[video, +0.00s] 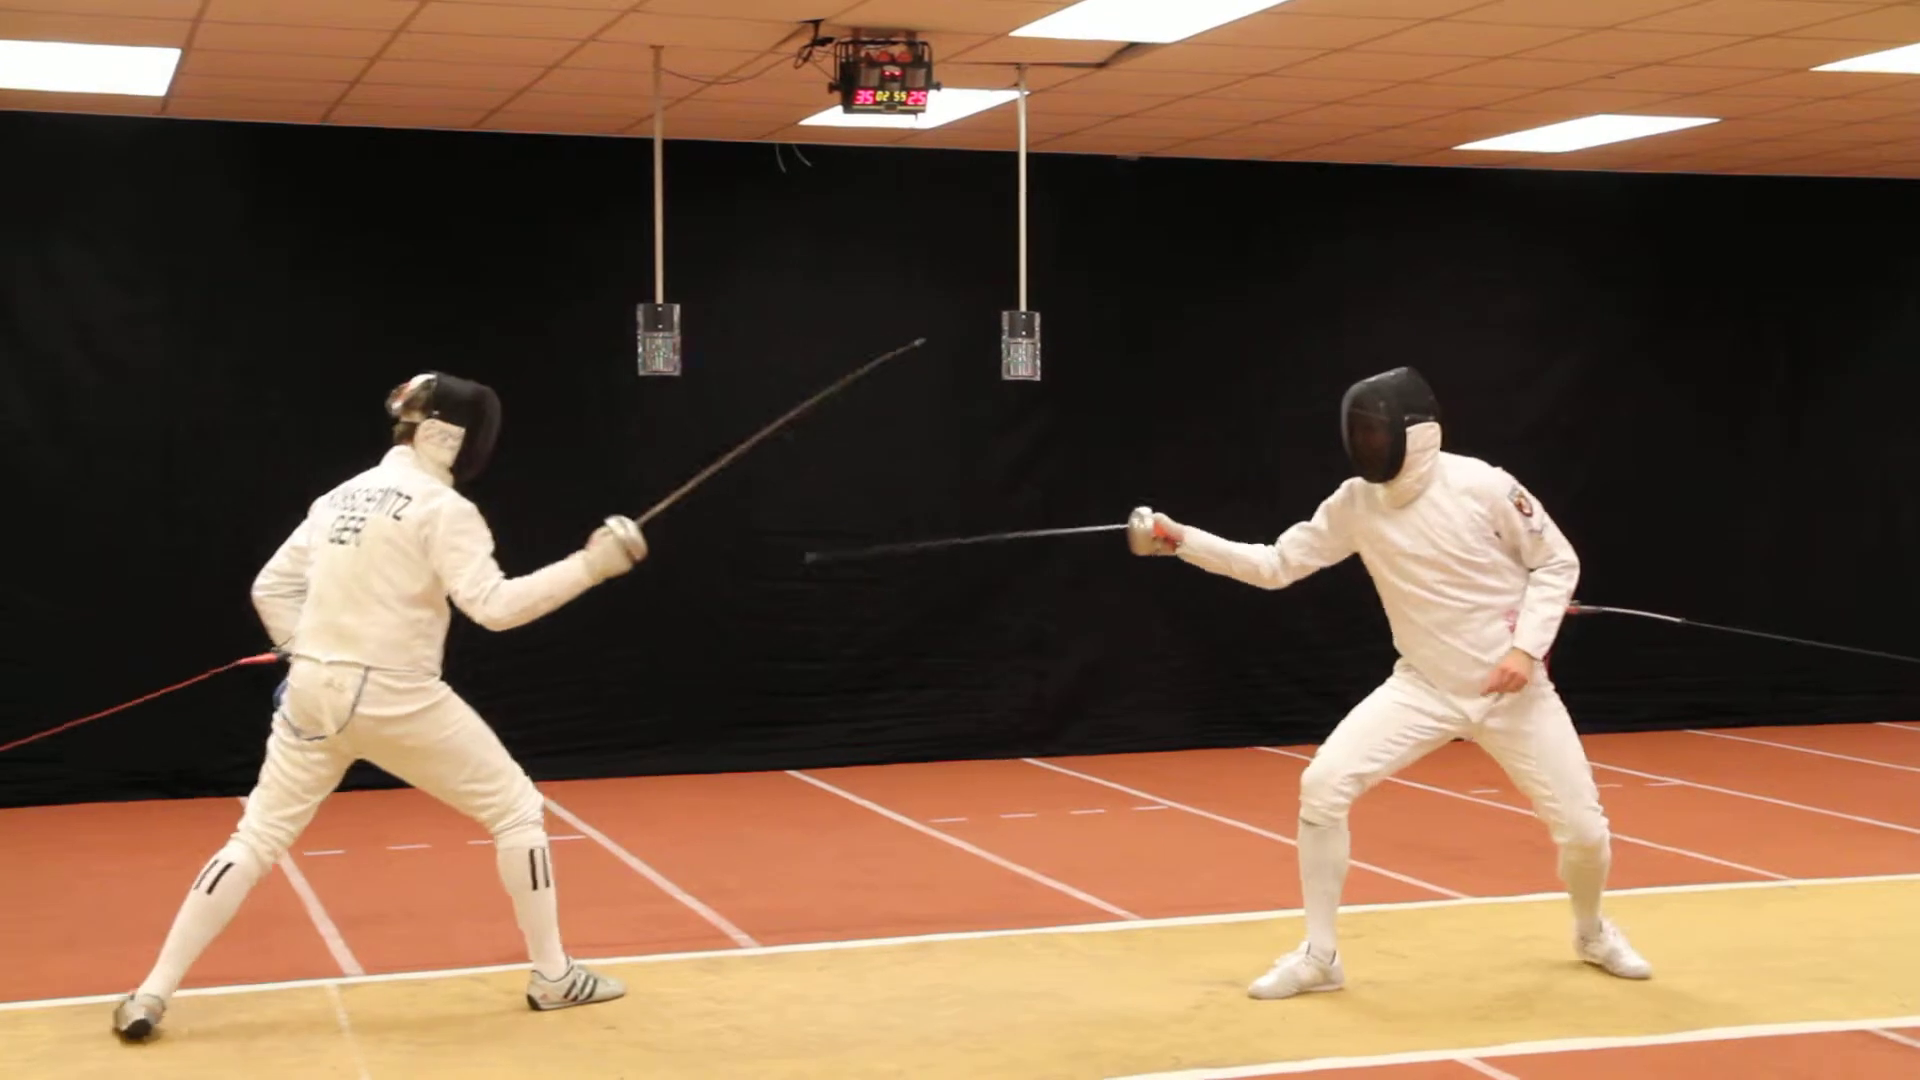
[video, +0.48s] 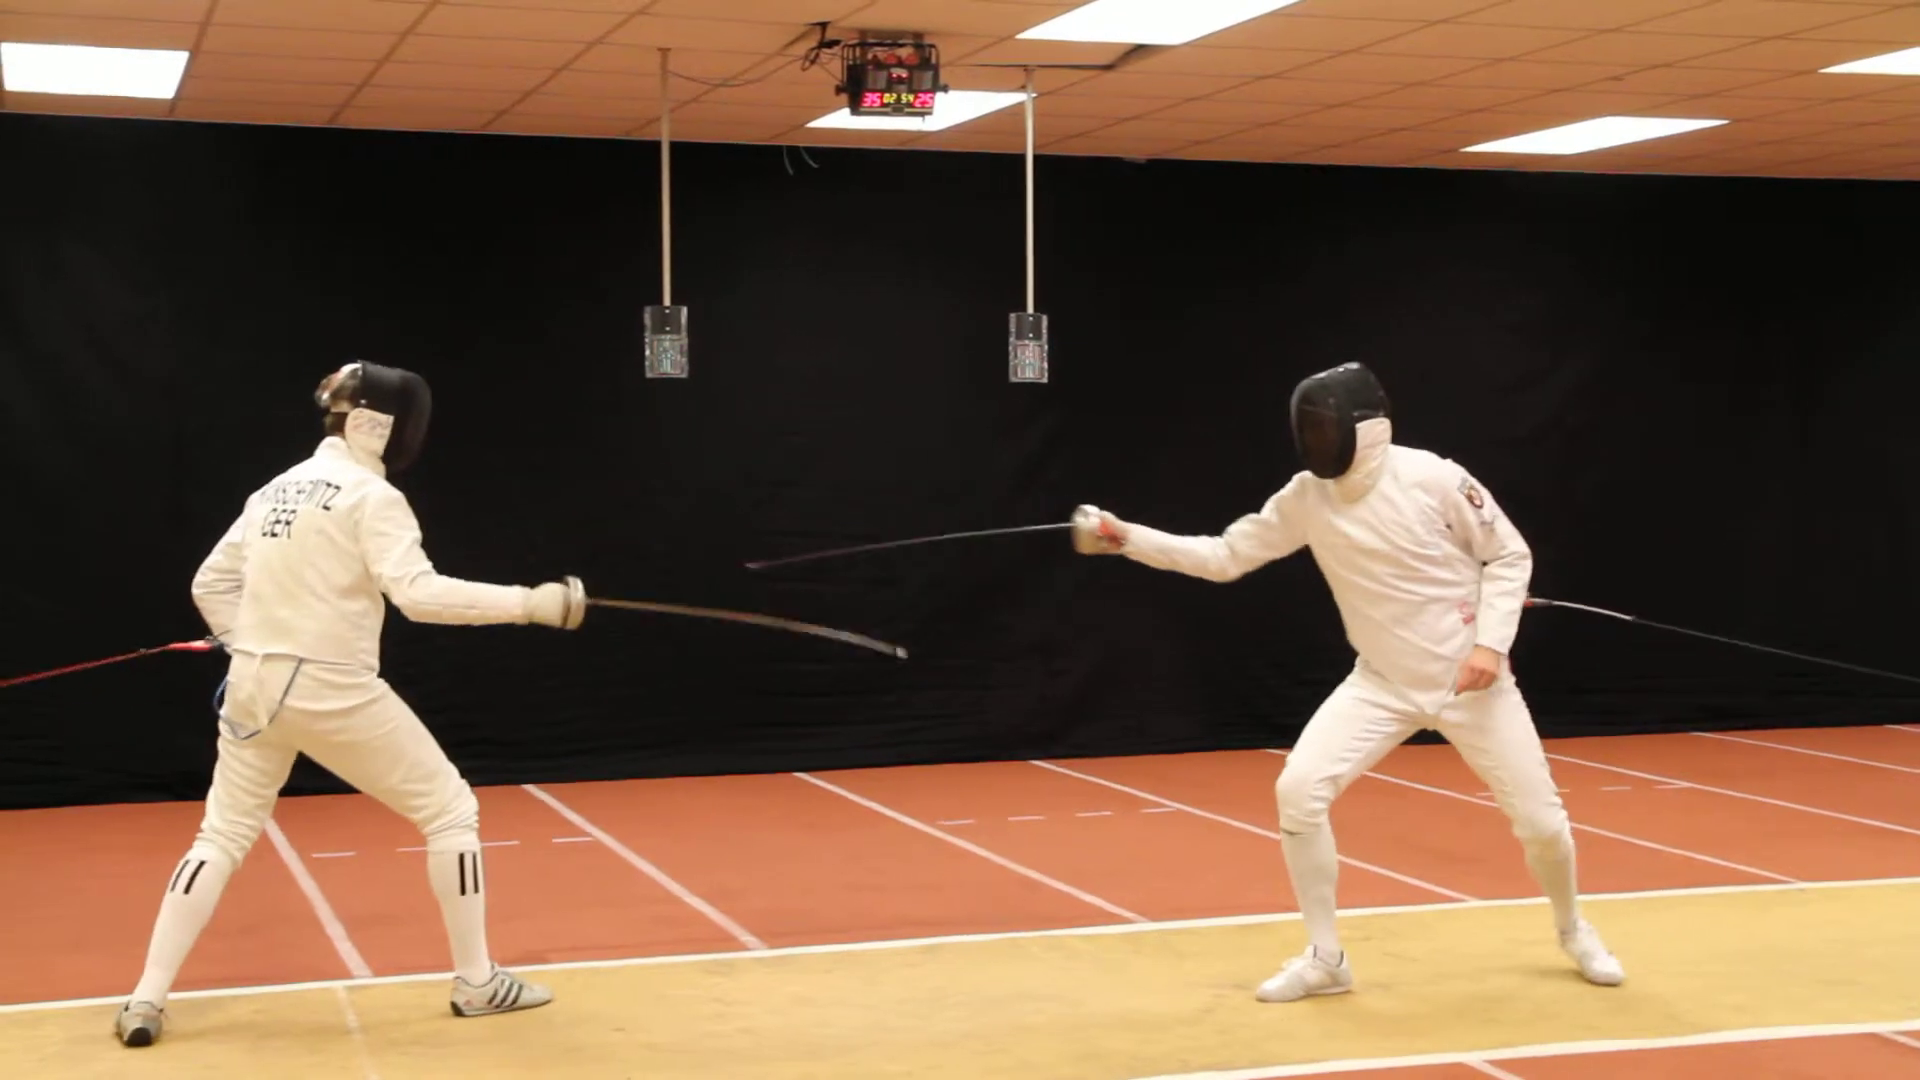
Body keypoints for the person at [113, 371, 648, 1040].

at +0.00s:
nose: (473, 448)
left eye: (472, 435)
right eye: (468, 433)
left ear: (408, 430)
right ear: (440, 434)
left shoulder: (339, 500)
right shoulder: (444, 509)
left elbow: (272, 590)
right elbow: (496, 606)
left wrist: (317, 667)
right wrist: (593, 561)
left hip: (309, 694)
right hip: (399, 697)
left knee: (254, 840)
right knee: (515, 810)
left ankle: (150, 996)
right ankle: (553, 975)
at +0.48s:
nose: (406, 441)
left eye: (406, 426)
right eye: (404, 427)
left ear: (333, 417)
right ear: (385, 427)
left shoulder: (271, 493)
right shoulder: (372, 498)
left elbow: (212, 584)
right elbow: (418, 594)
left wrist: (258, 654)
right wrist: (531, 601)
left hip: (250, 688)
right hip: (334, 690)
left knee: (220, 836)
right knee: (449, 811)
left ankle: (146, 998)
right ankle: (477, 980)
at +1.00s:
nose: (465, 444)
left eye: (464, 430)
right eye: (460, 429)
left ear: (405, 423)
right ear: (436, 429)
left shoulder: (333, 493)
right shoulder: (436, 501)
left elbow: (270, 581)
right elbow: (505, 588)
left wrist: (313, 654)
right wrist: (612, 560)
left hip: (305, 684)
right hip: (388, 688)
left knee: (259, 835)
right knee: (501, 807)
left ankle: (171, 1001)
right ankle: (501, 981)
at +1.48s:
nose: (431, 455)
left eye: (428, 442)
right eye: (429, 443)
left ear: (363, 435)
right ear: (410, 443)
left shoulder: (300, 509)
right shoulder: (405, 517)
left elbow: (236, 600)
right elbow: (476, 604)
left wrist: (284, 671)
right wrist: (580, 570)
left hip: (280, 707)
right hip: (367, 707)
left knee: (258, 851)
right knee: (488, 809)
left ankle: (178, 1001)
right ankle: (514, 980)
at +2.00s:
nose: (458, 452)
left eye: (457, 439)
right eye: (454, 440)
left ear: (389, 433)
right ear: (432, 439)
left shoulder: (332, 506)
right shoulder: (425, 508)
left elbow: (280, 599)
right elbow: (486, 595)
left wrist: (324, 667)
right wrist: (600, 596)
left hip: (317, 698)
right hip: (397, 697)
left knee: (302, 842)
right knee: (516, 805)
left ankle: (203, 970)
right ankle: (537, 973)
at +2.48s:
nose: (503, 471)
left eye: (493, 453)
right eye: (502, 458)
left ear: (438, 449)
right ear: (488, 459)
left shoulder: (379, 518)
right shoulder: (473, 530)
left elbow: (320, 603)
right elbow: (560, 604)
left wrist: (355, 675)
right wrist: (670, 580)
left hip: (345, 709)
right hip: (427, 714)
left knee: (293, 851)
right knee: (553, 812)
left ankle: (184, 993)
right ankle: (615, 967)